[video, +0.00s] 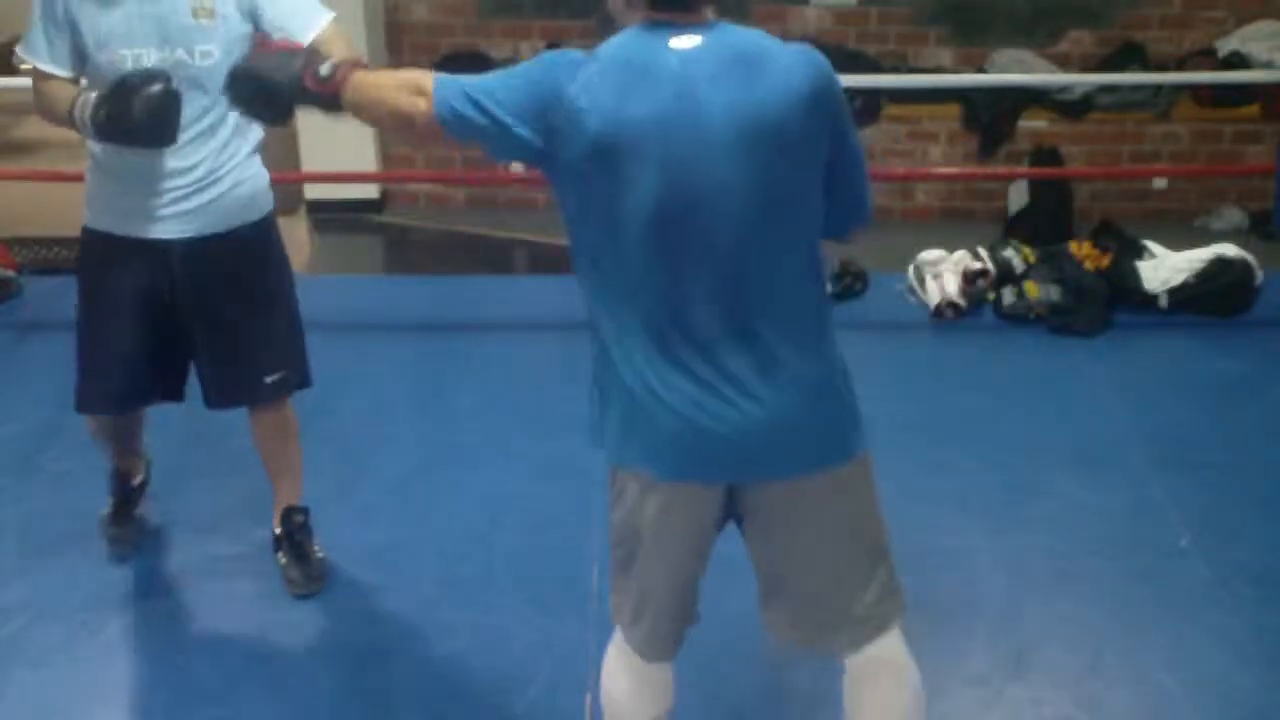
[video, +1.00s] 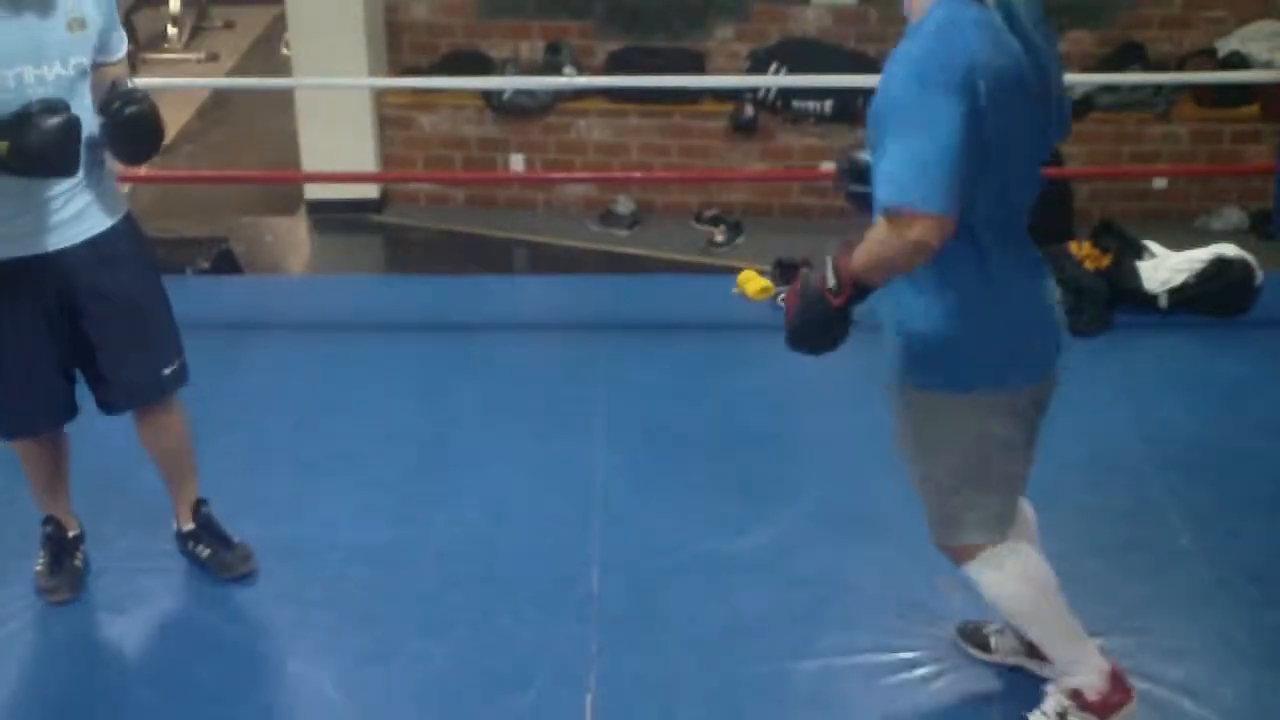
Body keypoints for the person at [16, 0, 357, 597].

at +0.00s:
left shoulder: (251, 2)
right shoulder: (66, 3)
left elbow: (338, 52)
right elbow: (48, 89)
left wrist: (298, 77)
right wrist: (97, 110)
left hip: (231, 216)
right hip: (121, 221)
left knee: (267, 384)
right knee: (108, 399)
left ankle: (292, 523)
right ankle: (128, 474)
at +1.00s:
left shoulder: (91, 7)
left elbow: (110, 83)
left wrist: (129, 123)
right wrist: (4, 146)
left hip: (96, 227)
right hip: (9, 248)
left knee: (154, 385)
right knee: (29, 412)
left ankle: (192, 521)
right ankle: (59, 533)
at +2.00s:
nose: (60, 65)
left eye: (62, 46)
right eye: (44, 54)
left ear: (67, 36)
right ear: (9, 60)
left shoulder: (73, 83)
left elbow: (111, 208)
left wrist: (121, 166)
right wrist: (34, 197)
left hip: (39, 270)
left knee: (170, 391)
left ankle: (258, 528)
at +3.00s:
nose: (199, 9)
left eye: (205, 6)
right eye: (184, 5)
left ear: (211, 5)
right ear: (144, 1)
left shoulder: (227, 30)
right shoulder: (76, 35)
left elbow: (278, 160)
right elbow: (100, 177)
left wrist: (275, 87)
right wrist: (168, 107)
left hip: (198, 243)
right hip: (79, 250)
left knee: (297, 379)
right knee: (12, 394)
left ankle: (342, 527)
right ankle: (0, 496)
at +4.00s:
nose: (262, 0)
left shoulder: (342, 7)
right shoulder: (190, 9)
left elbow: (375, 133)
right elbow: (197, 136)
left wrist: (371, 94)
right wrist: (264, 78)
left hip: (317, 214)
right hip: (205, 217)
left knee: (390, 362)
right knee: (163, 353)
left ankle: (431, 520)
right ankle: (191, 433)